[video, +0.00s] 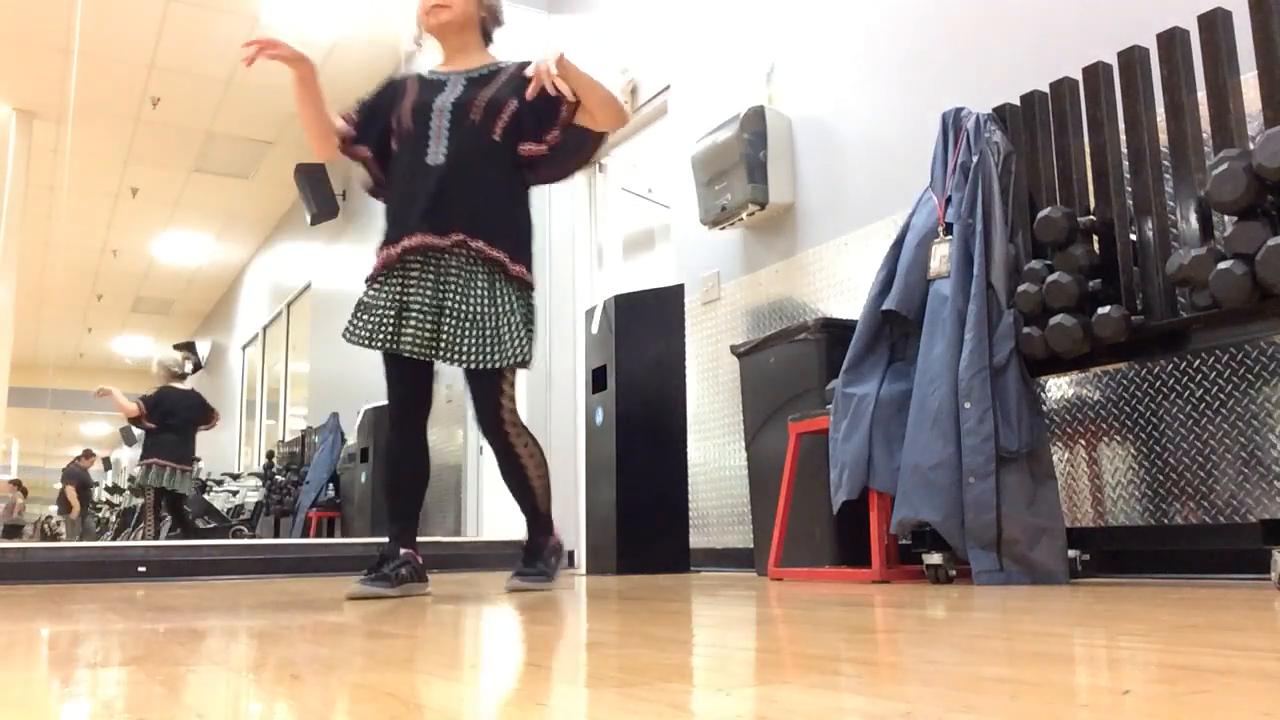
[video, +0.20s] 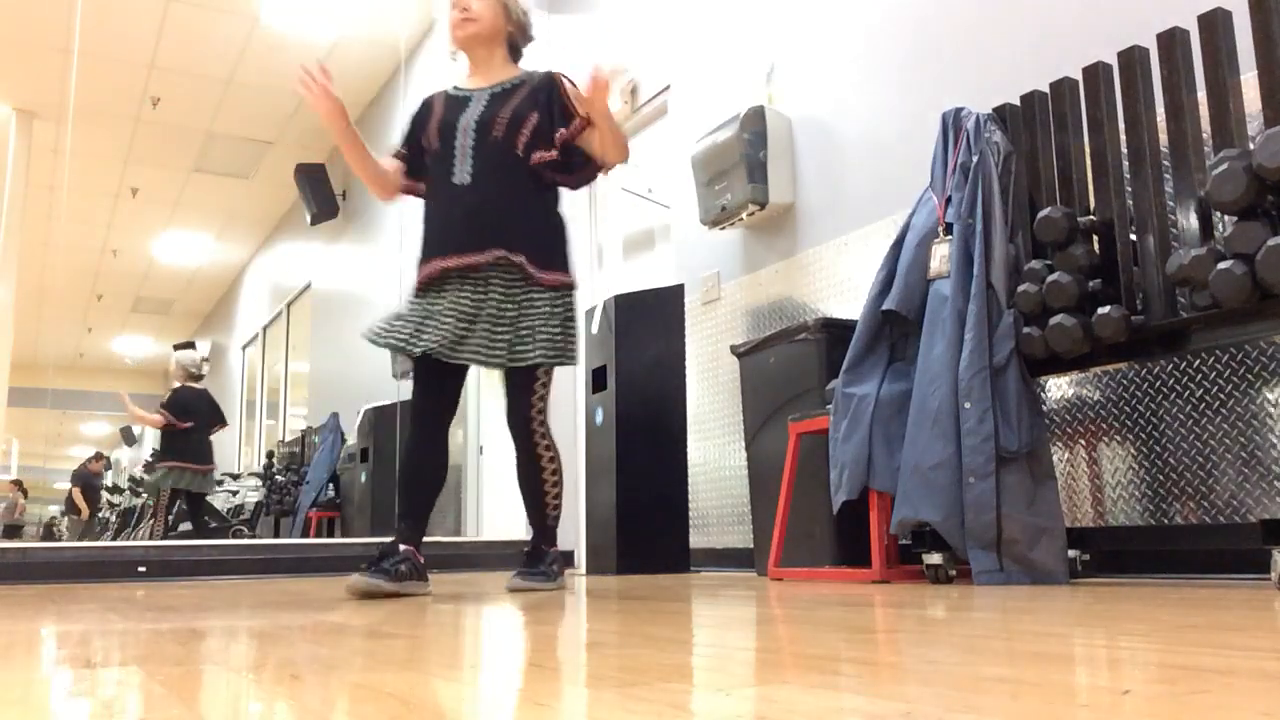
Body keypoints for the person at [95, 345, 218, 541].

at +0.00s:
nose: (156, 372)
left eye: (158, 369)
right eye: (157, 368)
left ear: (164, 371)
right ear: (182, 372)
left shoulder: (162, 394)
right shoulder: (195, 397)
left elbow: (132, 410)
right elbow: (213, 419)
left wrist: (113, 392)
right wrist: (190, 426)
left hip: (156, 462)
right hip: (183, 463)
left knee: (151, 510)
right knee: (177, 509)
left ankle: (147, 555)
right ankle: (195, 544)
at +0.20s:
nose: (171, 369)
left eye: (174, 366)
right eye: (173, 365)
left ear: (180, 370)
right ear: (197, 370)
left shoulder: (180, 393)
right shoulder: (204, 394)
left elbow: (160, 421)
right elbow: (220, 422)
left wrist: (133, 410)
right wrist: (199, 433)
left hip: (176, 465)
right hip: (201, 465)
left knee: (161, 512)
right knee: (198, 516)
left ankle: (153, 556)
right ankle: (206, 557)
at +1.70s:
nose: (195, 366)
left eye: (198, 362)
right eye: (196, 362)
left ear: (204, 366)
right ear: (220, 368)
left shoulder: (196, 389)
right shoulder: (227, 392)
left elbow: (178, 419)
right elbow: (247, 424)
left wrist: (167, 414)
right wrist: (247, 454)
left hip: (194, 465)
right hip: (219, 465)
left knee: (193, 513)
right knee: (203, 511)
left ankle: (206, 557)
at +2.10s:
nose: (204, 370)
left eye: (206, 367)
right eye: (205, 367)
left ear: (209, 369)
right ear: (230, 369)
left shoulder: (203, 392)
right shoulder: (241, 395)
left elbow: (186, 429)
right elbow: (249, 429)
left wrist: (165, 442)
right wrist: (230, 437)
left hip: (201, 465)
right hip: (229, 465)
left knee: (196, 512)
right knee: (205, 506)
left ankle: (205, 555)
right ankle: (229, 530)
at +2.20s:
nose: (206, 367)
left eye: (207, 364)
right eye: (207, 364)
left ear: (211, 367)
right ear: (232, 367)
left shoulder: (204, 391)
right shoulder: (241, 392)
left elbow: (191, 426)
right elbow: (253, 423)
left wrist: (177, 454)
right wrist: (231, 430)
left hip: (202, 465)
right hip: (230, 464)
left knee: (198, 513)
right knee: (210, 508)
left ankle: (206, 557)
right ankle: (230, 535)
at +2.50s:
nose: (210, 365)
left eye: (212, 361)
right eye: (210, 361)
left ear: (219, 363)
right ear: (236, 363)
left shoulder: (215, 387)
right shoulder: (246, 386)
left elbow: (213, 414)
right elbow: (253, 421)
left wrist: (205, 448)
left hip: (219, 458)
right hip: (249, 458)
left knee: (206, 508)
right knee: (251, 507)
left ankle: (210, 556)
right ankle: (267, 552)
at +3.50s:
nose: (207, 365)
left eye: (208, 361)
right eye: (208, 361)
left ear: (212, 365)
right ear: (231, 367)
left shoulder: (202, 388)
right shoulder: (234, 390)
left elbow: (184, 421)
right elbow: (250, 423)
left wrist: (174, 418)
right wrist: (230, 426)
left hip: (205, 464)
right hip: (230, 464)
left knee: (210, 511)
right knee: (215, 510)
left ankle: (219, 554)